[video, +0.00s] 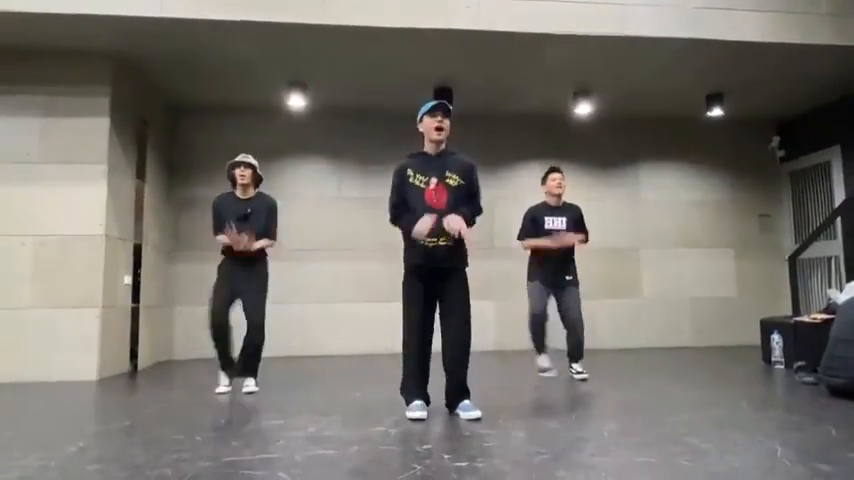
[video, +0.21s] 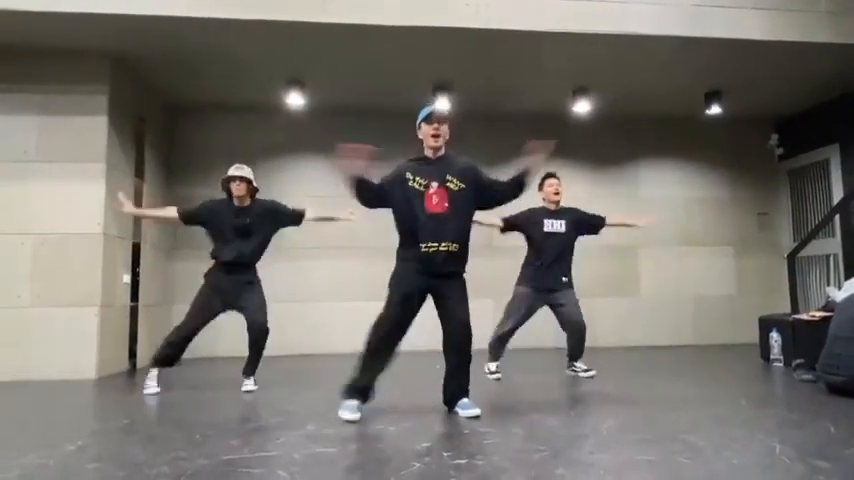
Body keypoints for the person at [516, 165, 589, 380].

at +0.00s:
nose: (558, 183)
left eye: (561, 180)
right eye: (553, 180)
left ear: (564, 186)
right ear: (544, 186)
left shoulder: (574, 211)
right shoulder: (534, 212)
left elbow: (583, 237)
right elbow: (525, 242)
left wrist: (568, 238)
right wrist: (551, 241)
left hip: (566, 273)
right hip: (539, 274)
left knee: (574, 319)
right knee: (537, 311)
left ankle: (575, 362)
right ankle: (541, 353)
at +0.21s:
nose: (556, 189)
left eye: (558, 185)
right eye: (551, 185)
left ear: (562, 191)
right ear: (541, 192)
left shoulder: (573, 216)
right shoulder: (530, 216)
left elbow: (605, 221)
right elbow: (500, 223)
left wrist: (635, 222)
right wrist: (473, 218)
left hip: (561, 286)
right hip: (530, 285)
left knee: (576, 325)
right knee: (508, 325)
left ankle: (574, 363)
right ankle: (492, 361)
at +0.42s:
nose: (563, 179)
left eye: (565, 176)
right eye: (558, 176)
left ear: (569, 180)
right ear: (549, 182)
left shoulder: (575, 206)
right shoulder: (539, 208)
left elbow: (577, 233)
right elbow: (526, 236)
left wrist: (588, 235)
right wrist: (542, 256)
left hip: (572, 269)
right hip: (547, 270)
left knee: (578, 315)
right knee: (546, 314)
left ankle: (576, 359)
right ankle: (541, 354)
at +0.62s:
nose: (565, 178)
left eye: (567, 174)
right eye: (560, 175)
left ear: (571, 179)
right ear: (551, 180)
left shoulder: (577, 205)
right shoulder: (541, 206)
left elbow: (584, 236)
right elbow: (540, 231)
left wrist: (588, 254)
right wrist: (563, 241)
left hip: (576, 265)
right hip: (552, 266)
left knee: (584, 308)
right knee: (571, 305)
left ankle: (576, 356)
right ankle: (560, 349)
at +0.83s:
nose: (563, 173)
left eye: (564, 170)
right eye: (558, 171)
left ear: (568, 174)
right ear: (550, 176)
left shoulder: (580, 201)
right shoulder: (541, 198)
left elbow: (585, 233)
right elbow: (546, 192)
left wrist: (583, 253)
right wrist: (546, 165)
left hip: (571, 258)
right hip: (548, 253)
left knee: (577, 310)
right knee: (549, 274)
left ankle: (574, 356)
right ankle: (550, 302)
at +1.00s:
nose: (562, 172)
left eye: (563, 169)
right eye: (557, 169)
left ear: (567, 174)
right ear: (547, 175)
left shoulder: (577, 202)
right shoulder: (537, 202)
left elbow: (580, 230)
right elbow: (534, 229)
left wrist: (579, 245)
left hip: (569, 261)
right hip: (542, 261)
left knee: (574, 305)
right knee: (530, 301)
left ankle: (574, 354)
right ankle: (531, 341)